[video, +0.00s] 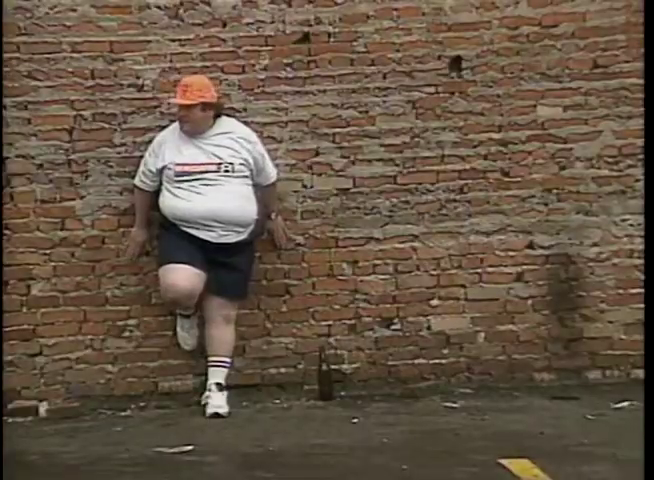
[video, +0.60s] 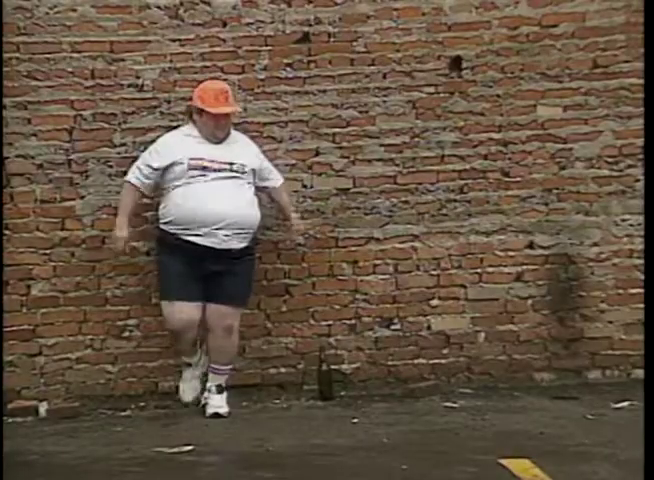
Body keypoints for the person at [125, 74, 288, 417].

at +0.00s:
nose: (182, 114)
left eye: (190, 108)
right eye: (180, 107)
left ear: (211, 108)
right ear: (178, 107)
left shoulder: (242, 138)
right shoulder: (166, 141)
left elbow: (266, 181)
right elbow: (144, 185)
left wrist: (271, 217)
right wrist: (140, 227)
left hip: (233, 239)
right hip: (182, 233)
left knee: (222, 312)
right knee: (180, 288)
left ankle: (216, 385)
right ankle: (187, 315)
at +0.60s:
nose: (223, 121)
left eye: (227, 114)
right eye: (215, 115)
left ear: (234, 114)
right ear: (196, 114)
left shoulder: (245, 147)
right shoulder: (172, 144)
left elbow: (273, 182)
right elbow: (135, 181)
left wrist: (291, 215)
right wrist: (122, 225)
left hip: (234, 250)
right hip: (180, 245)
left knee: (224, 322)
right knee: (182, 319)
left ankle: (217, 387)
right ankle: (192, 361)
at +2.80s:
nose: (171, 134)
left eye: (176, 126)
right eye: (163, 128)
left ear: (188, 117)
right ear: (151, 121)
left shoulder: (205, 144)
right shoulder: (139, 141)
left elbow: (207, 193)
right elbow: (112, 186)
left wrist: (188, 222)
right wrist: (87, 219)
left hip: (211, 242)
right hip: (160, 251)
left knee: (210, 313)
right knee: (161, 328)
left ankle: (227, 396)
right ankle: (181, 409)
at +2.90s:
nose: (172, 131)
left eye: (178, 124)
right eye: (164, 126)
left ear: (191, 113)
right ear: (154, 120)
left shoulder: (212, 145)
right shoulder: (146, 140)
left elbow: (221, 196)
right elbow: (120, 183)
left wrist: (203, 236)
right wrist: (103, 226)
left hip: (203, 243)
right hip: (152, 250)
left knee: (200, 309)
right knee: (157, 330)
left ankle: (236, 378)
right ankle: (179, 409)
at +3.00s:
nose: (170, 122)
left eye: (177, 114)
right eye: (164, 116)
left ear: (194, 104)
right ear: (156, 112)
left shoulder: (219, 138)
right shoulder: (154, 135)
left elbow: (235, 191)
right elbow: (136, 179)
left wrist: (218, 229)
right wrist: (127, 217)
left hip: (195, 243)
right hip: (149, 246)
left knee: (196, 317)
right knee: (159, 329)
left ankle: (237, 389)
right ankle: (180, 408)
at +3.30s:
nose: (164, 115)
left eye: (171, 108)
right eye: (161, 109)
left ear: (193, 109)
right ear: (162, 112)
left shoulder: (212, 138)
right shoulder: (175, 148)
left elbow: (240, 180)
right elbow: (174, 196)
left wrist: (202, 196)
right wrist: (139, 202)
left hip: (207, 250)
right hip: (163, 253)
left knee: (206, 335)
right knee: (132, 320)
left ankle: (233, 412)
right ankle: (167, 394)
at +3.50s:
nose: (136, 115)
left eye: (143, 108)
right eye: (134, 108)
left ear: (165, 109)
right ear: (133, 111)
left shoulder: (186, 137)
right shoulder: (136, 150)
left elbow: (193, 181)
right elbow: (130, 198)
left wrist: (138, 183)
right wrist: (88, 208)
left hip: (221, 243)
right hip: (175, 254)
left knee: (220, 328)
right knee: (172, 329)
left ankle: (237, 410)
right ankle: (182, 412)